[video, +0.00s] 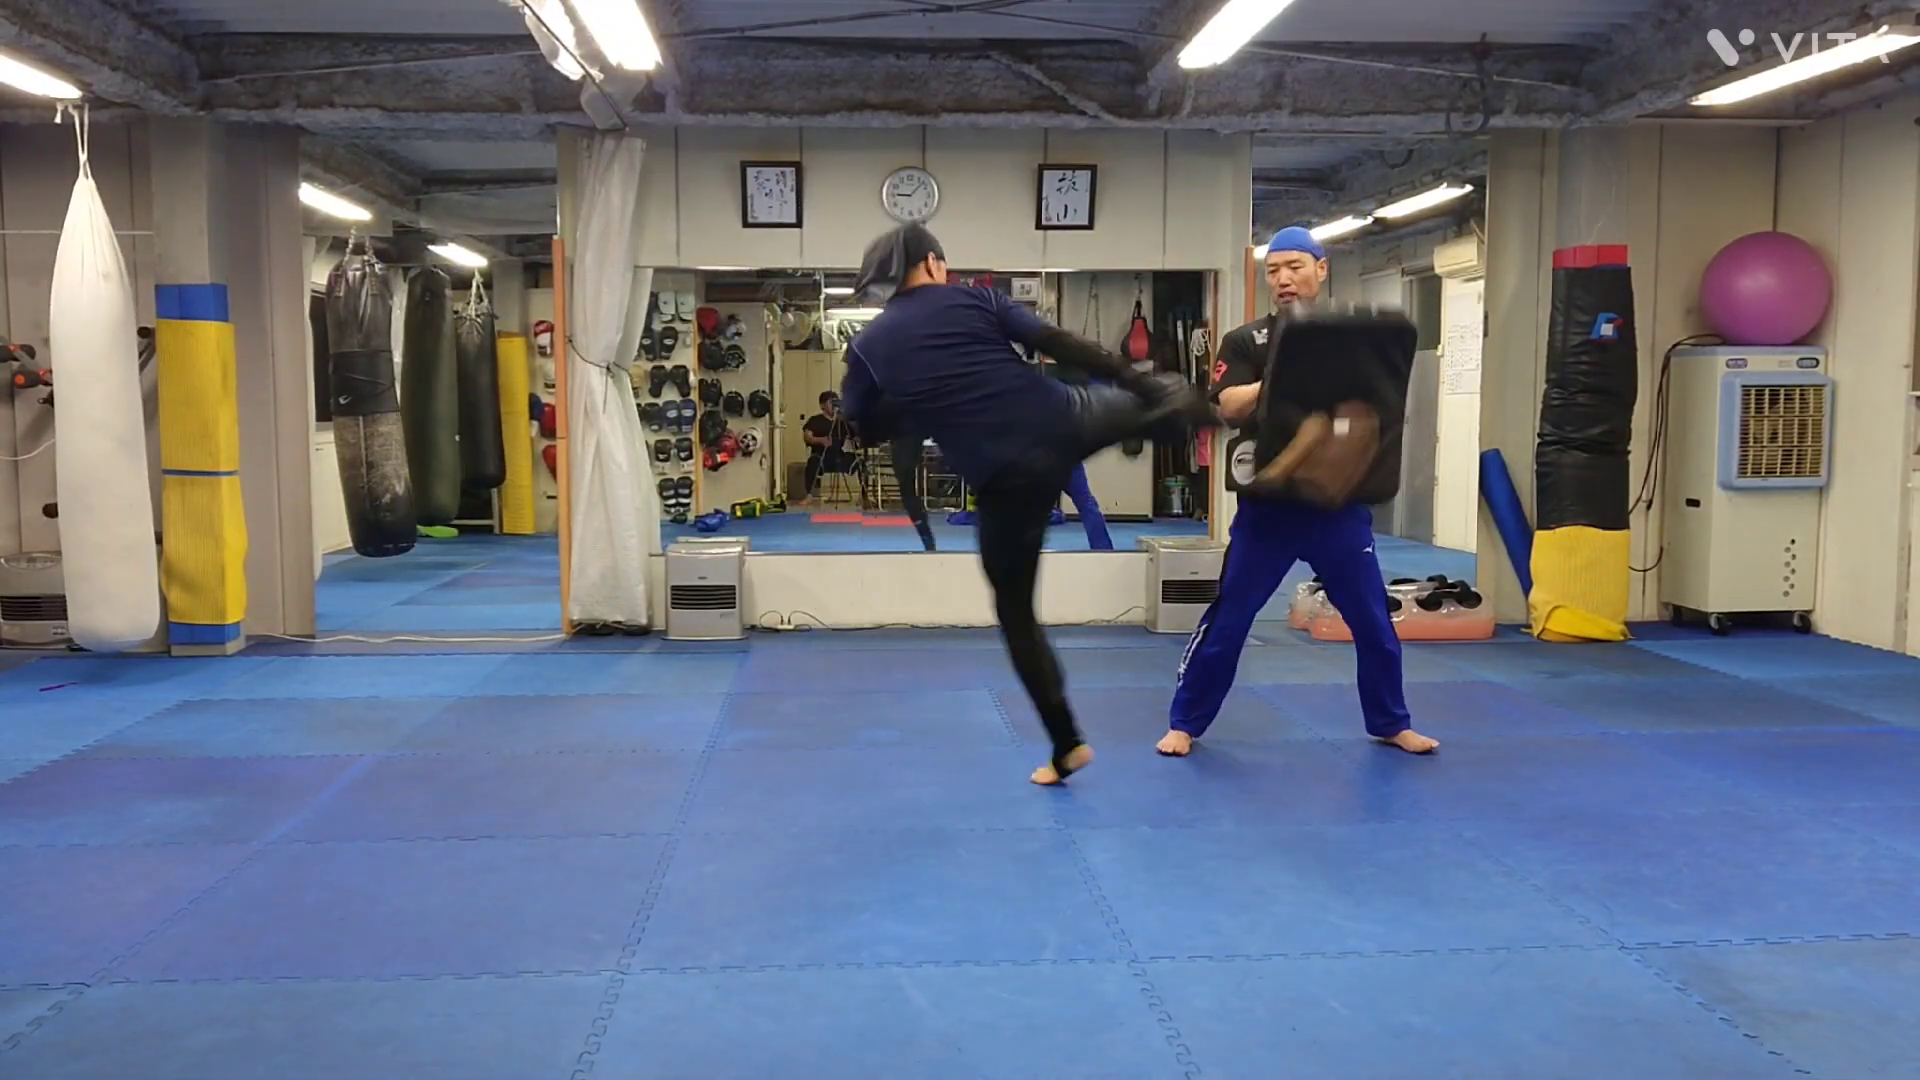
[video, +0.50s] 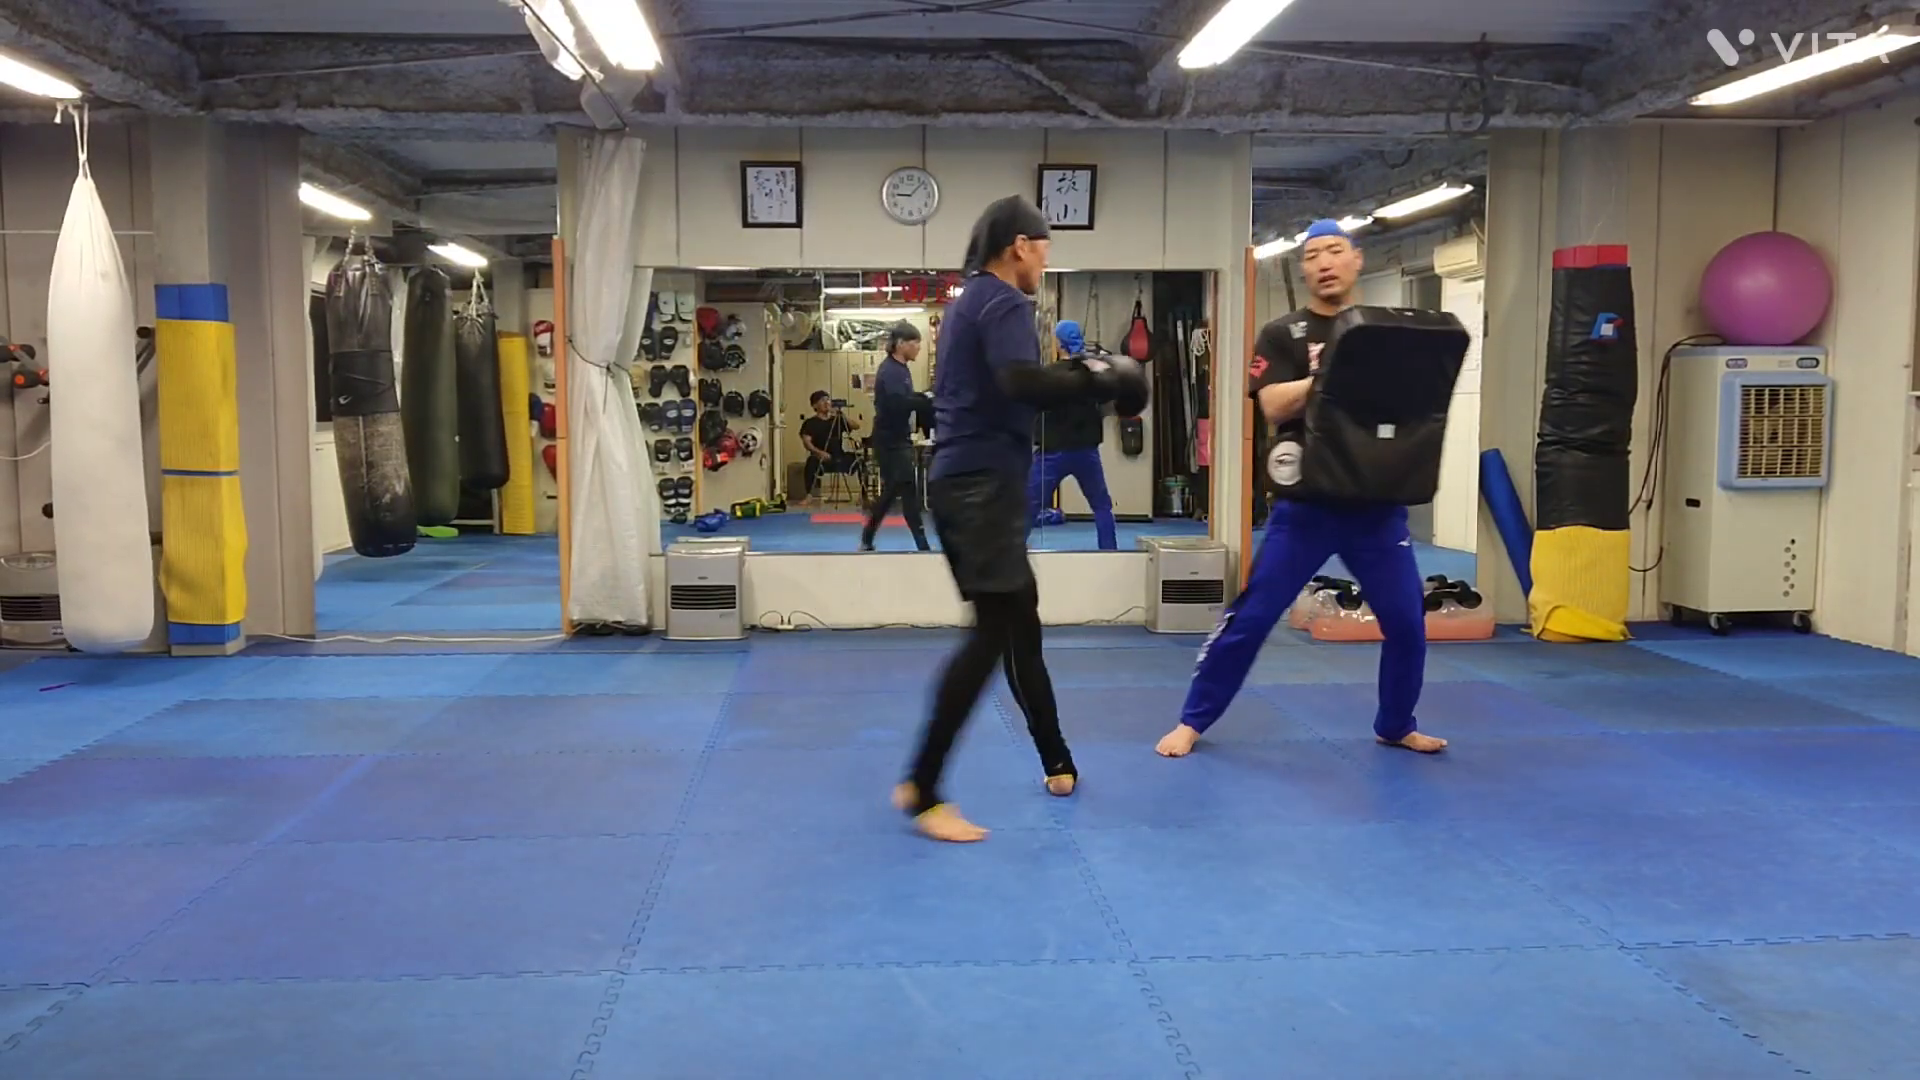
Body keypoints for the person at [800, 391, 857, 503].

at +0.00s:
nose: (834, 405)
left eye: (835, 402)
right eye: (831, 403)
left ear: (838, 404)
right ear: (823, 405)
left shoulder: (842, 420)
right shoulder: (815, 420)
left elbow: (853, 436)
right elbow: (807, 437)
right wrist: (822, 440)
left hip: (839, 456)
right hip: (821, 457)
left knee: (860, 462)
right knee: (812, 462)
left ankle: (864, 495)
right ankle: (809, 495)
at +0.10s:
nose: (833, 404)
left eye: (834, 401)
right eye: (830, 401)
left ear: (837, 403)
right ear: (821, 405)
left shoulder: (841, 420)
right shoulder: (814, 420)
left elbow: (858, 430)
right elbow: (807, 437)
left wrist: (844, 417)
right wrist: (818, 446)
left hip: (839, 456)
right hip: (821, 457)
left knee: (860, 462)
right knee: (813, 462)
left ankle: (864, 495)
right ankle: (809, 495)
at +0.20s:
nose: (831, 403)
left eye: (832, 400)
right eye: (827, 401)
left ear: (835, 403)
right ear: (819, 405)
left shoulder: (840, 420)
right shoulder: (813, 421)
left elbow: (857, 429)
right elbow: (807, 441)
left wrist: (843, 416)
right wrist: (818, 451)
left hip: (839, 457)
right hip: (822, 458)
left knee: (860, 461)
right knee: (813, 462)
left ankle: (864, 496)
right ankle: (809, 495)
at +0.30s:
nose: (829, 403)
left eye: (830, 400)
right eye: (825, 401)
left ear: (833, 402)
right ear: (817, 405)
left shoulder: (839, 419)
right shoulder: (811, 422)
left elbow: (857, 429)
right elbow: (808, 442)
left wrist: (843, 415)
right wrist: (818, 451)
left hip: (839, 457)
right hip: (821, 458)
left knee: (860, 461)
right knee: (812, 462)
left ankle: (864, 495)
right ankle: (809, 495)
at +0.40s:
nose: (827, 403)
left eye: (829, 400)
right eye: (823, 400)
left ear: (831, 402)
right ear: (816, 405)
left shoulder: (838, 419)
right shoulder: (810, 422)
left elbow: (856, 427)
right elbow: (807, 443)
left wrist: (842, 415)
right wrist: (820, 453)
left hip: (839, 457)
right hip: (822, 458)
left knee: (860, 461)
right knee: (812, 462)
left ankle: (864, 495)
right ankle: (809, 495)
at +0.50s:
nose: (826, 402)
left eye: (827, 399)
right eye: (823, 400)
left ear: (830, 402)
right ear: (815, 406)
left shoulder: (837, 419)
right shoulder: (809, 423)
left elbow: (856, 426)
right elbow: (807, 443)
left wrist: (841, 415)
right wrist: (820, 453)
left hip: (839, 457)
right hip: (822, 458)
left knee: (860, 461)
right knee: (811, 462)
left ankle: (864, 494)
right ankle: (809, 495)